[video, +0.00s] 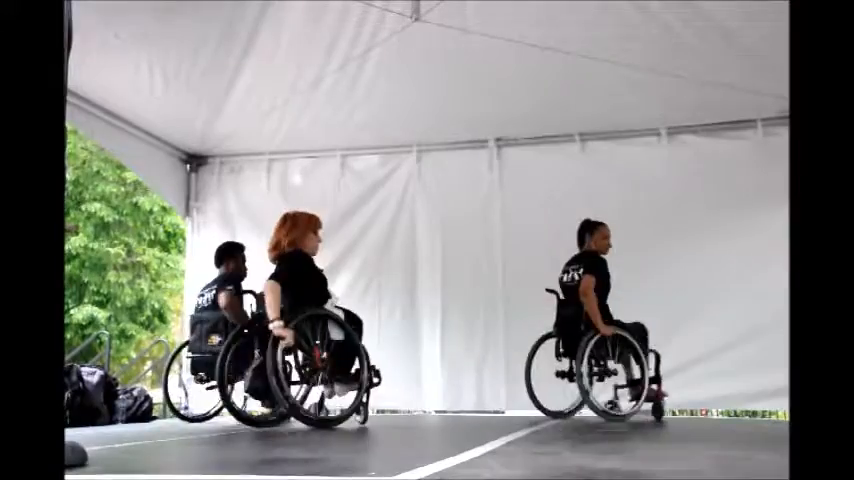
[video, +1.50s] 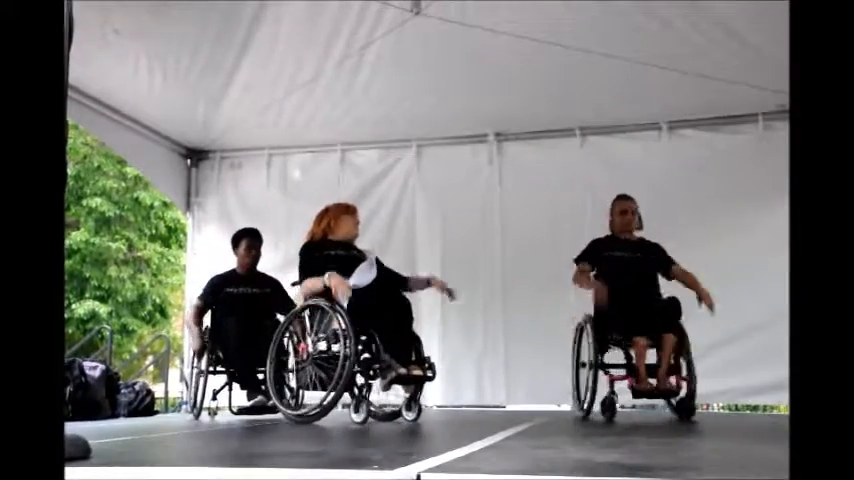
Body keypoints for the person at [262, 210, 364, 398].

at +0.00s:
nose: (319, 239)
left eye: (318, 233)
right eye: (314, 233)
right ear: (299, 235)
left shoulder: (304, 261)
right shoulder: (293, 259)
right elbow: (271, 286)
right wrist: (276, 322)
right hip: (305, 319)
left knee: (351, 322)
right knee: (353, 323)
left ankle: (337, 375)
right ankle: (340, 376)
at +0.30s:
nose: (320, 238)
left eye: (319, 233)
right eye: (314, 233)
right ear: (297, 236)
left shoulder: (316, 267)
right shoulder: (282, 262)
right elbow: (249, 296)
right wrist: (259, 330)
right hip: (294, 331)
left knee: (367, 321)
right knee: (364, 323)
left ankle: (364, 374)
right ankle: (361, 378)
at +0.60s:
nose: (328, 235)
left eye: (327, 230)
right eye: (323, 229)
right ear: (306, 233)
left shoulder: (325, 263)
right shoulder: (285, 261)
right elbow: (262, 303)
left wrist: (375, 336)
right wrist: (292, 306)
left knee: (368, 314)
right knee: (356, 316)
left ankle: (373, 371)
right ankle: (363, 373)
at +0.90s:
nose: (338, 230)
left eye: (338, 226)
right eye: (334, 226)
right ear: (317, 228)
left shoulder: (342, 260)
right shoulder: (292, 256)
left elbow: (363, 295)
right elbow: (274, 298)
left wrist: (389, 327)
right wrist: (297, 304)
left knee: (369, 305)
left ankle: (380, 367)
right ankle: (369, 368)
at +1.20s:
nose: (350, 228)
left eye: (349, 223)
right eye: (345, 222)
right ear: (328, 225)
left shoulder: (351, 256)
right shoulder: (305, 251)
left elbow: (375, 290)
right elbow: (294, 292)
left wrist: (405, 323)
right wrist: (316, 304)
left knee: (385, 304)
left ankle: (393, 364)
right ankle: (384, 364)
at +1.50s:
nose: (358, 222)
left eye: (357, 218)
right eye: (352, 218)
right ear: (334, 222)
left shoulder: (360, 255)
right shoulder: (313, 250)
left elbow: (396, 281)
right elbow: (306, 286)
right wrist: (329, 278)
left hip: (369, 303)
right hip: (332, 311)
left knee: (400, 304)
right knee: (381, 308)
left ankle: (406, 362)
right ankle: (388, 364)